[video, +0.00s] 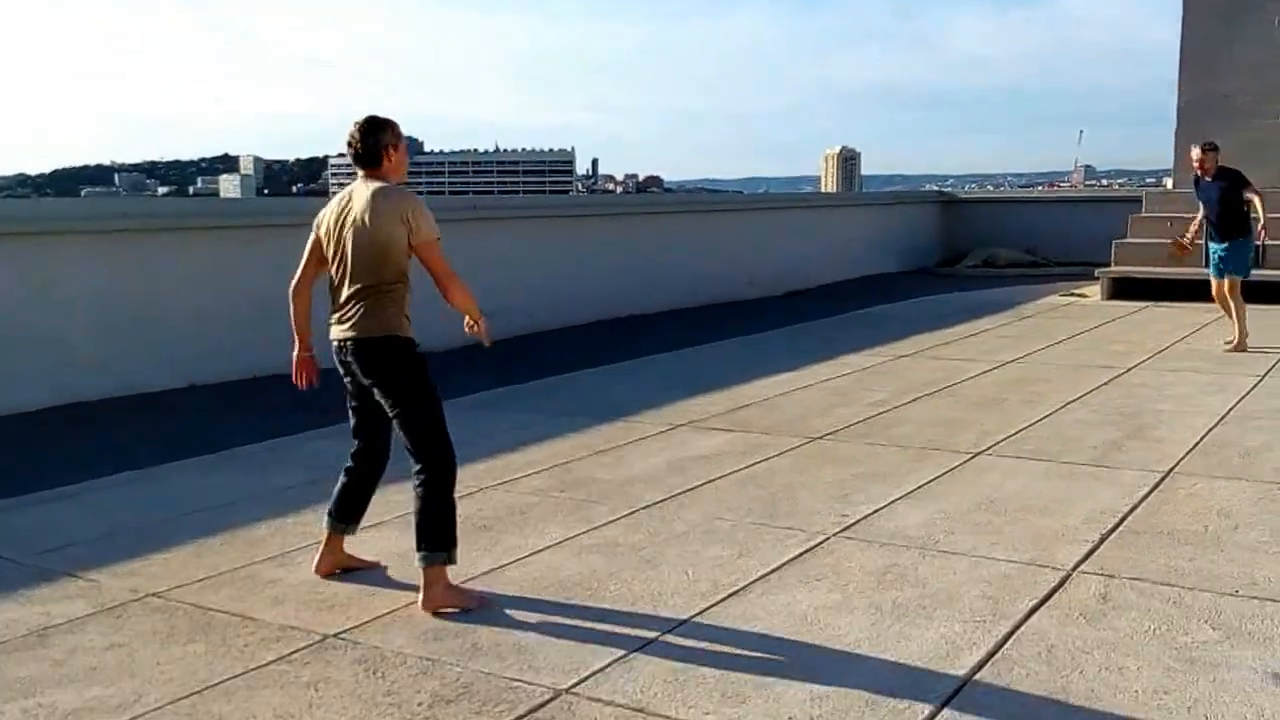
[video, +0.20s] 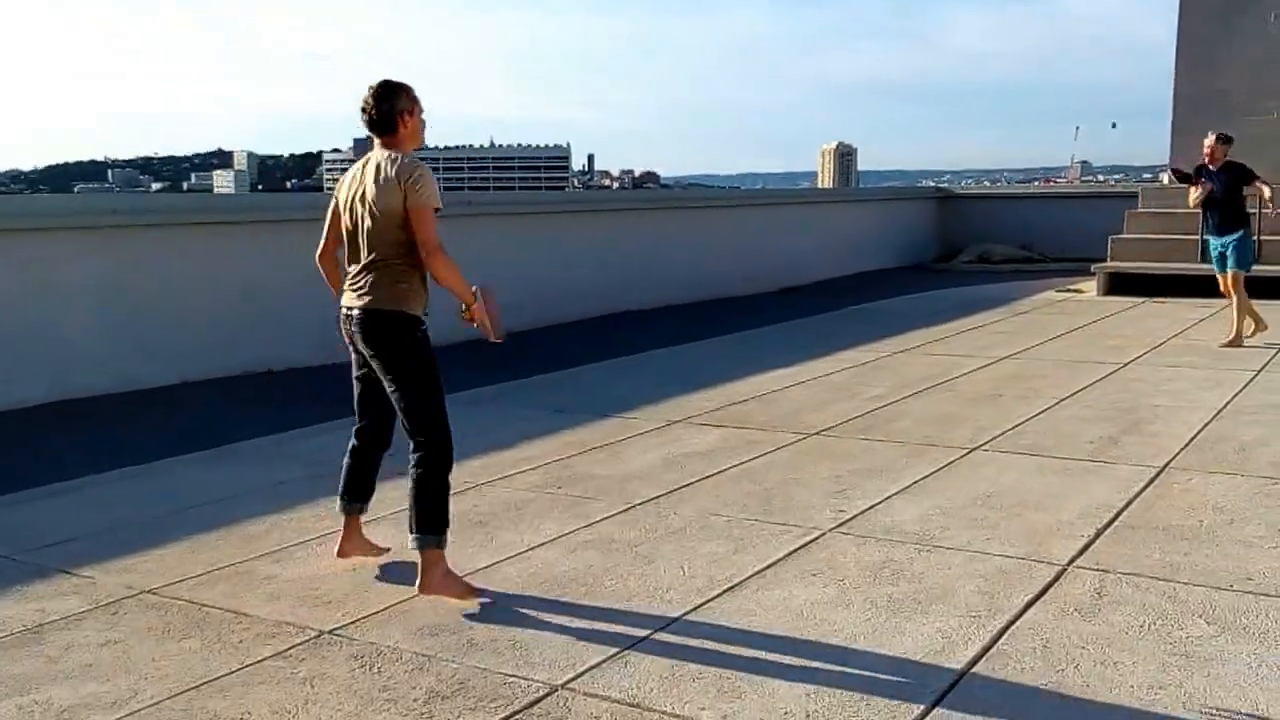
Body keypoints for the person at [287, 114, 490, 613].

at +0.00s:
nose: (408, 156)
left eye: (404, 147)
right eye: (403, 147)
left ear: (359, 157)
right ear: (389, 153)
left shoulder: (332, 210)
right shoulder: (404, 203)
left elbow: (300, 286)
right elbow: (447, 282)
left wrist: (302, 344)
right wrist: (473, 313)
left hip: (346, 347)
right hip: (389, 346)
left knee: (369, 450)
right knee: (435, 457)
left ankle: (332, 551)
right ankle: (436, 585)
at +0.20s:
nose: (422, 120)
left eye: (418, 111)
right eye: (418, 112)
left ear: (377, 123)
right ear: (404, 118)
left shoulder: (353, 175)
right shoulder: (413, 171)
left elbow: (326, 255)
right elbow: (432, 254)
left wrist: (353, 300)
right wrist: (469, 298)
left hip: (356, 318)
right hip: (395, 319)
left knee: (372, 428)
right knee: (432, 440)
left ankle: (351, 534)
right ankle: (434, 569)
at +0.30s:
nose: (435, 138)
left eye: (431, 129)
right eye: (431, 131)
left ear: (388, 142)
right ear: (419, 138)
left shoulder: (370, 190)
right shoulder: (415, 193)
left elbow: (349, 273)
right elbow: (427, 277)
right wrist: (468, 321)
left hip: (356, 335)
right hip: (394, 340)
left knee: (383, 441)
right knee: (450, 449)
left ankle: (353, 545)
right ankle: (430, 575)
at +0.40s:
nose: (440, 143)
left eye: (435, 134)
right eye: (435, 136)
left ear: (392, 146)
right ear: (421, 144)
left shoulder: (376, 192)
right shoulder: (412, 202)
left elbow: (394, 285)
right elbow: (408, 291)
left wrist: (449, 325)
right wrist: (448, 337)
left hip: (357, 337)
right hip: (390, 343)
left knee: (386, 436)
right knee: (453, 451)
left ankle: (351, 543)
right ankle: (429, 577)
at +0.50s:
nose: (432, 136)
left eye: (427, 128)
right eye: (427, 129)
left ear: (397, 144)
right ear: (411, 141)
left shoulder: (395, 196)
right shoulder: (386, 206)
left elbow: (418, 262)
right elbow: (368, 291)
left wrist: (484, 280)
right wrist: (413, 348)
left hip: (378, 340)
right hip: (384, 344)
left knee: (396, 437)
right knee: (445, 452)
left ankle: (345, 527)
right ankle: (425, 577)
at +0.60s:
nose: (416, 141)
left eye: (410, 134)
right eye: (409, 135)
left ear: (388, 152)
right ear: (392, 150)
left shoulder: (412, 202)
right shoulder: (357, 214)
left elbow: (461, 233)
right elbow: (329, 295)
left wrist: (525, 228)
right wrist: (366, 348)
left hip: (402, 348)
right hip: (385, 354)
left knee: (394, 438)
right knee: (449, 454)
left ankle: (345, 518)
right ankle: (424, 577)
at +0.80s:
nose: (390, 162)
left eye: (385, 156)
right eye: (381, 158)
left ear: (366, 174)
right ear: (360, 175)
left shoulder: (396, 219)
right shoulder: (329, 230)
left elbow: (467, 223)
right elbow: (334, 301)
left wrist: (515, 179)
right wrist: (329, 276)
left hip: (399, 354)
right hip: (372, 362)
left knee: (409, 445)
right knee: (450, 456)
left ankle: (343, 522)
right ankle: (422, 576)